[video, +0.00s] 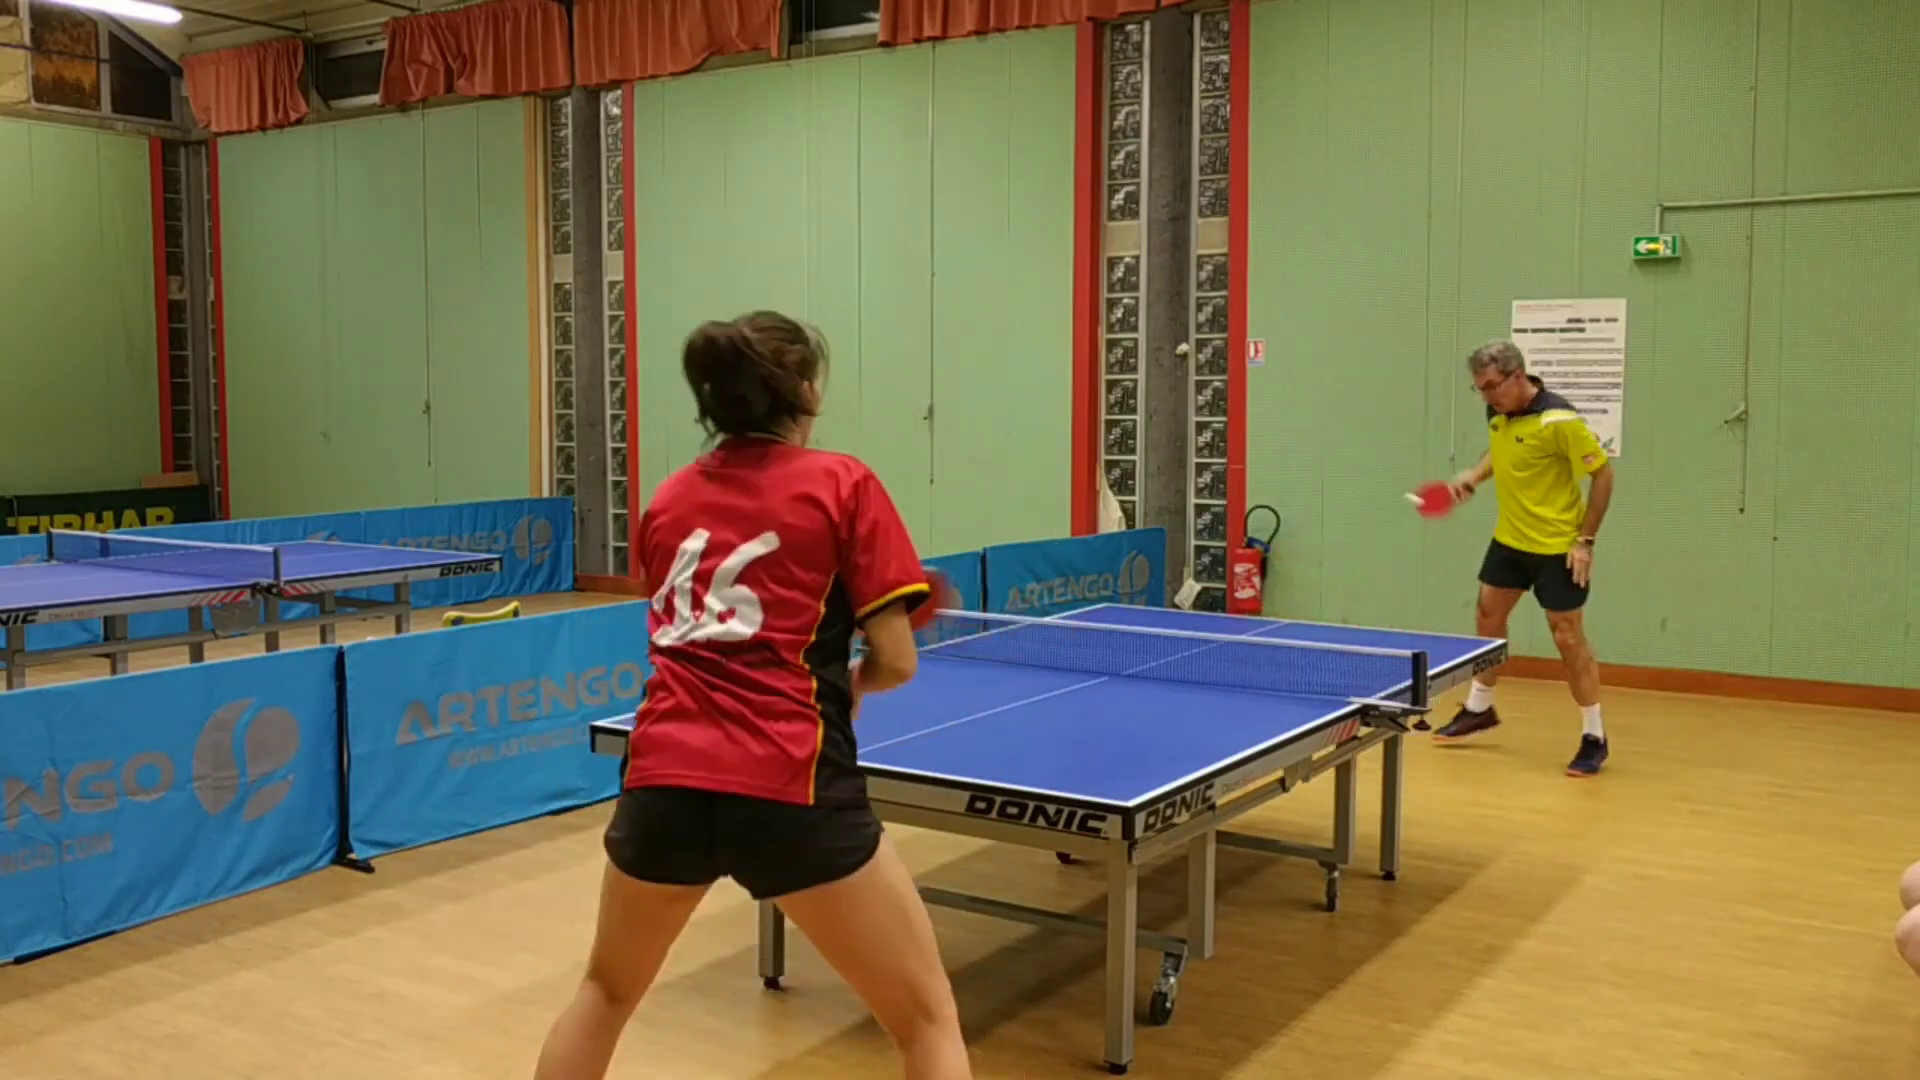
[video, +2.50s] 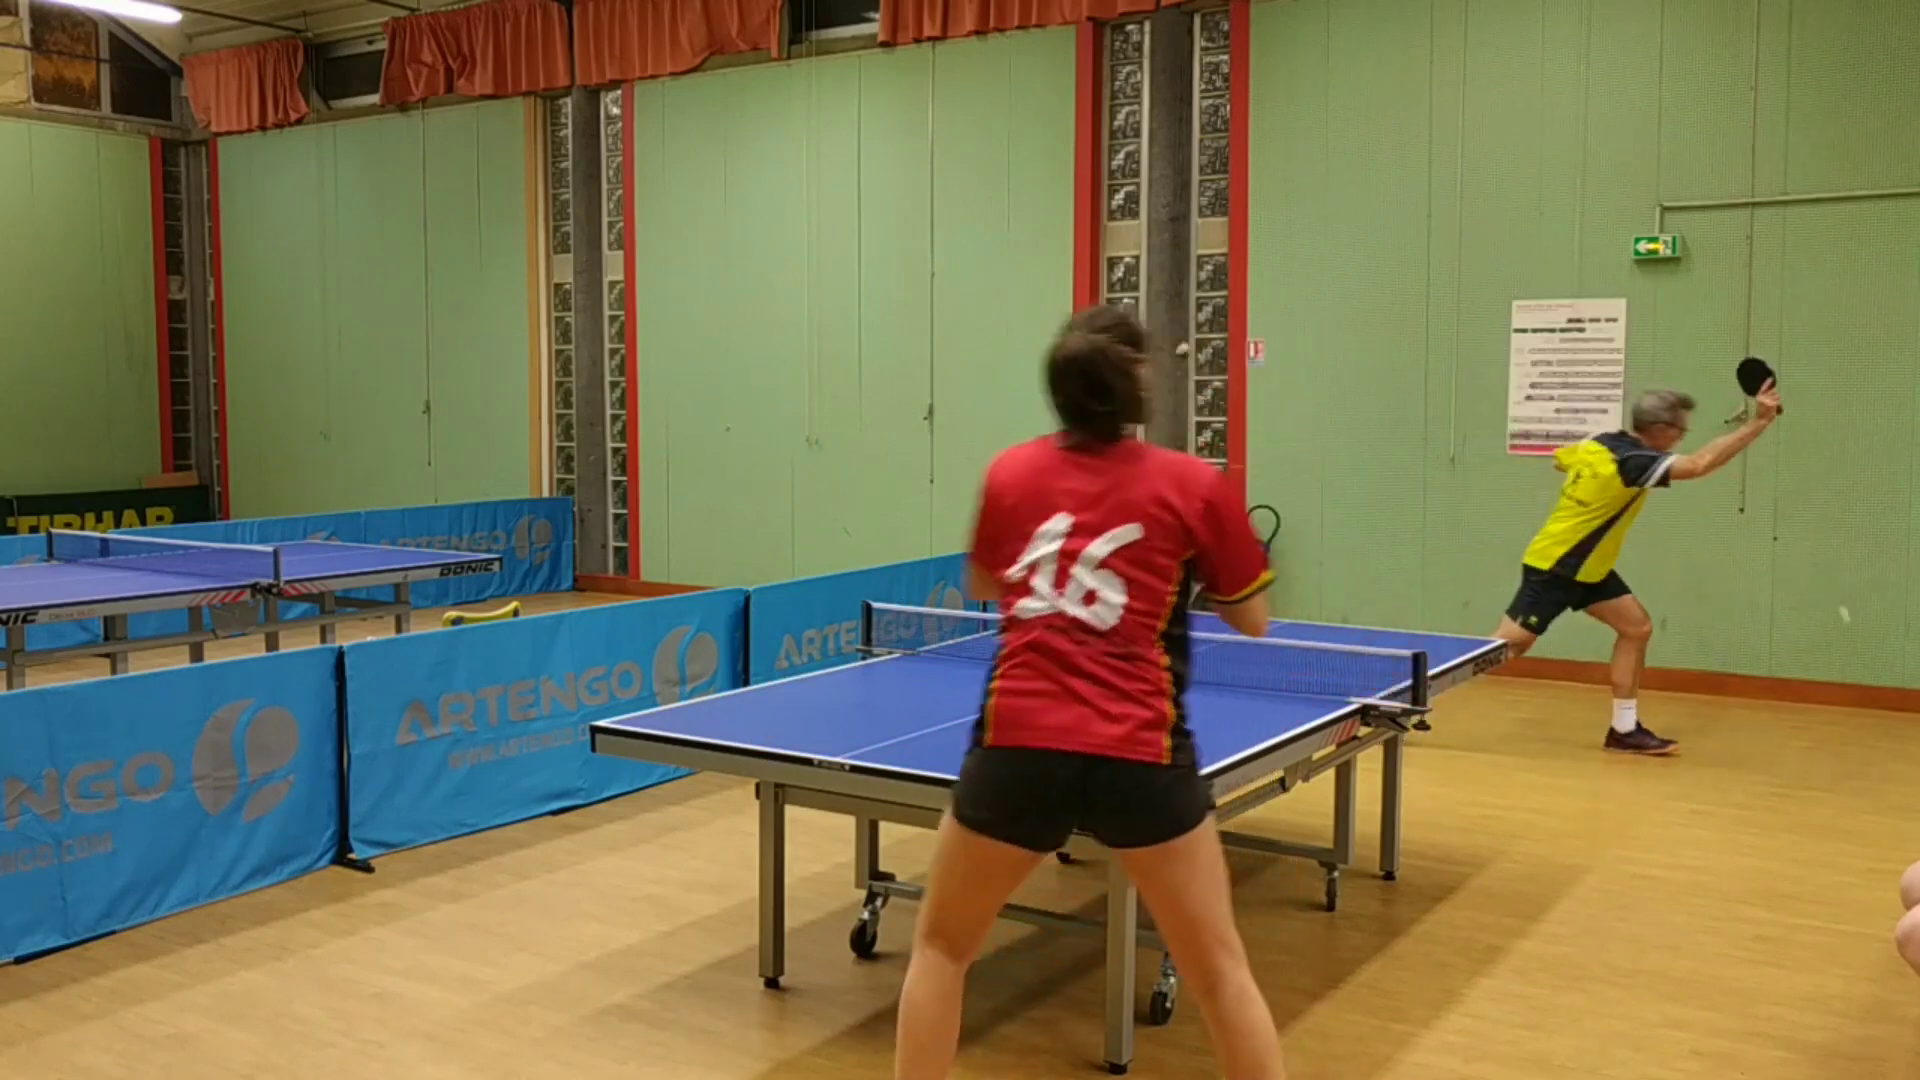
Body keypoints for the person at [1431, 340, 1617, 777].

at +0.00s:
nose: (1486, 399)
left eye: (1491, 388)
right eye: (1481, 390)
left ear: (1519, 377)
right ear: (1487, 387)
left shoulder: (1559, 419)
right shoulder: (1500, 413)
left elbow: (1603, 475)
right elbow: (1501, 453)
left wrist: (1585, 540)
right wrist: (1474, 476)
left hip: (1557, 548)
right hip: (1510, 540)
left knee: (1569, 639)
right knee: (1488, 614)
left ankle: (1594, 736)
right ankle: (1479, 706)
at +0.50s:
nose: (1500, 404)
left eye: (1509, 395)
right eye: (1494, 395)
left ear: (1530, 393)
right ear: (1489, 395)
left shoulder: (1559, 440)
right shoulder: (1489, 434)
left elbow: (1590, 498)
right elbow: (1492, 486)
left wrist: (1604, 560)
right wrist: (1481, 530)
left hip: (1559, 556)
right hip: (1513, 555)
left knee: (1569, 635)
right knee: (1513, 626)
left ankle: (1592, 735)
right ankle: (1535, 707)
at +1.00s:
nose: (1474, 422)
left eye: (1481, 413)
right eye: (1468, 414)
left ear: (1504, 410)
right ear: (1464, 415)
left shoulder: (1543, 450)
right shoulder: (1466, 450)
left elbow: (1569, 505)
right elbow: (1465, 503)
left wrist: (1570, 556)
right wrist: (1444, 550)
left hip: (1541, 558)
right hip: (1486, 553)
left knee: (1570, 641)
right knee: (1445, 617)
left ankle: (1605, 720)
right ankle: (1433, 706)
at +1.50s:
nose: (1467, 401)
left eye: (1474, 393)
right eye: (1461, 394)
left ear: (1496, 392)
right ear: (1457, 395)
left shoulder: (1528, 437)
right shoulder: (1456, 433)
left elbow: (1563, 491)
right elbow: (1437, 477)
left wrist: (1574, 553)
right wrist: (1411, 512)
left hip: (1525, 556)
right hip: (1470, 552)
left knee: (1562, 639)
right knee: (1431, 622)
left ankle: (1601, 718)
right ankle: (1432, 706)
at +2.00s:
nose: (1484, 424)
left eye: (1492, 415)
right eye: (1477, 415)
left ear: (1510, 412)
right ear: (1470, 415)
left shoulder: (1539, 454)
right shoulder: (1459, 452)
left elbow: (1560, 518)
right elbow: (1442, 502)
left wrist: (1545, 566)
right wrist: (1441, 555)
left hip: (1532, 564)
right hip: (1475, 562)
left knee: (1580, 641)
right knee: (1432, 626)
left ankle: (1603, 718)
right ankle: (1411, 707)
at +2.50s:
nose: (1680, 439)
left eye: (1681, 433)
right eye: (1678, 432)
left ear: (1646, 426)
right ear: (1658, 431)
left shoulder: (1603, 441)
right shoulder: (1634, 461)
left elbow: (1561, 458)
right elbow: (1699, 464)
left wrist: (1601, 480)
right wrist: (1760, 422)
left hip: (1590, 570)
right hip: (1554, 567)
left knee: (1636, 628)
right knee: (1503, 649)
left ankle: (1624, 729)